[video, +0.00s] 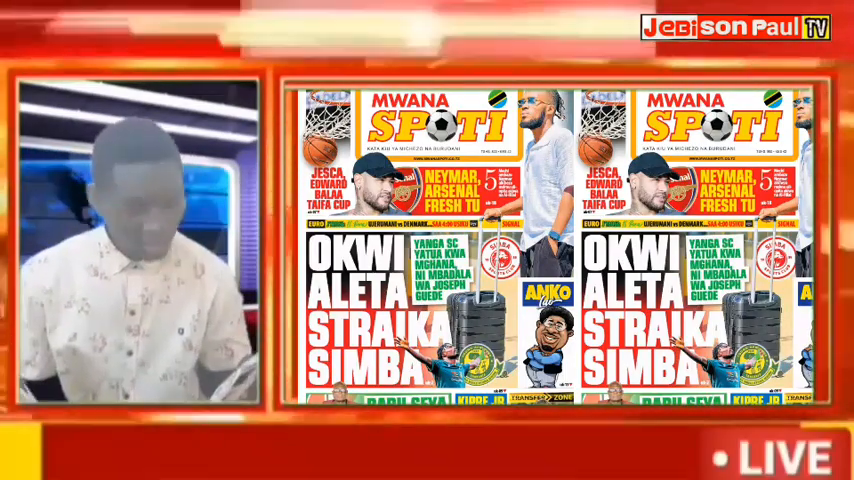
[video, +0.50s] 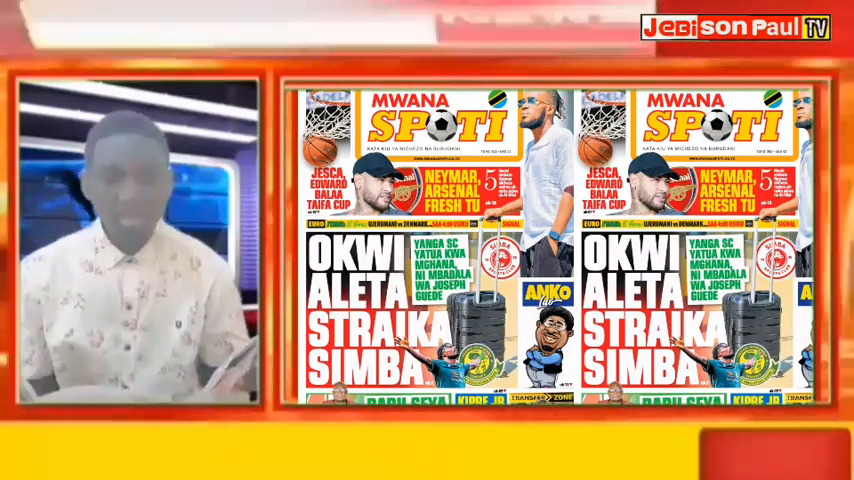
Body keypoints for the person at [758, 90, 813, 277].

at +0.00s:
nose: (799, 107)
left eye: (806, 101)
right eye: (797, 103)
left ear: (820, 107)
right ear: (794, 110)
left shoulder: (827, 147)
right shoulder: (806, 149)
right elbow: (804, 196)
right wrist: (777, 211)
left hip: (820, 240)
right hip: (803, 239)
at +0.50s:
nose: (799, 107)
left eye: (806, 101)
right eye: (797, 103)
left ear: (820, 107)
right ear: (794, 110)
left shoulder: (827, 148)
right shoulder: (806, 149)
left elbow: (832, 192)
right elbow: (804, 196)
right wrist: (776, 211)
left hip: (820, 240)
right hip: (803, 239)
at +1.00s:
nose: (799, 107)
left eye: (807, 101)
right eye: (797, 103)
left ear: (820, 107)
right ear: (794, 110)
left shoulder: (827, 148)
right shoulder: (806, 149)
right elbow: (804, 196)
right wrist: (777, 211)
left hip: (821, 240)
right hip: (804, 239)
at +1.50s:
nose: (799, 107)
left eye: (807, 101)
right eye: (797, 102)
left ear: (820, 106)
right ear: (794, 110)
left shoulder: (826, 147)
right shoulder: (806, 149)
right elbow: (805, 196)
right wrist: (777, 211)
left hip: (819, 240)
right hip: (804, 240)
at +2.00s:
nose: (799, 107)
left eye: (807, 101)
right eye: (797, 102)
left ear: (820, 107)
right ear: (794, 109)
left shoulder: (827, 148)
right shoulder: (806, 149)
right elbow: (805, 197)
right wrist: (777, 211)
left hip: (821, 240)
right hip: (804, 239)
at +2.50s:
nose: (799, 108)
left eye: (806, 101)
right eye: (797, 103)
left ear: (820, 107)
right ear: (794, 109)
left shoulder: (826, 148)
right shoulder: (806, 149)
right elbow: (805, 197)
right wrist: (776, 211)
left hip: (819, 240)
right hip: (803, 239)